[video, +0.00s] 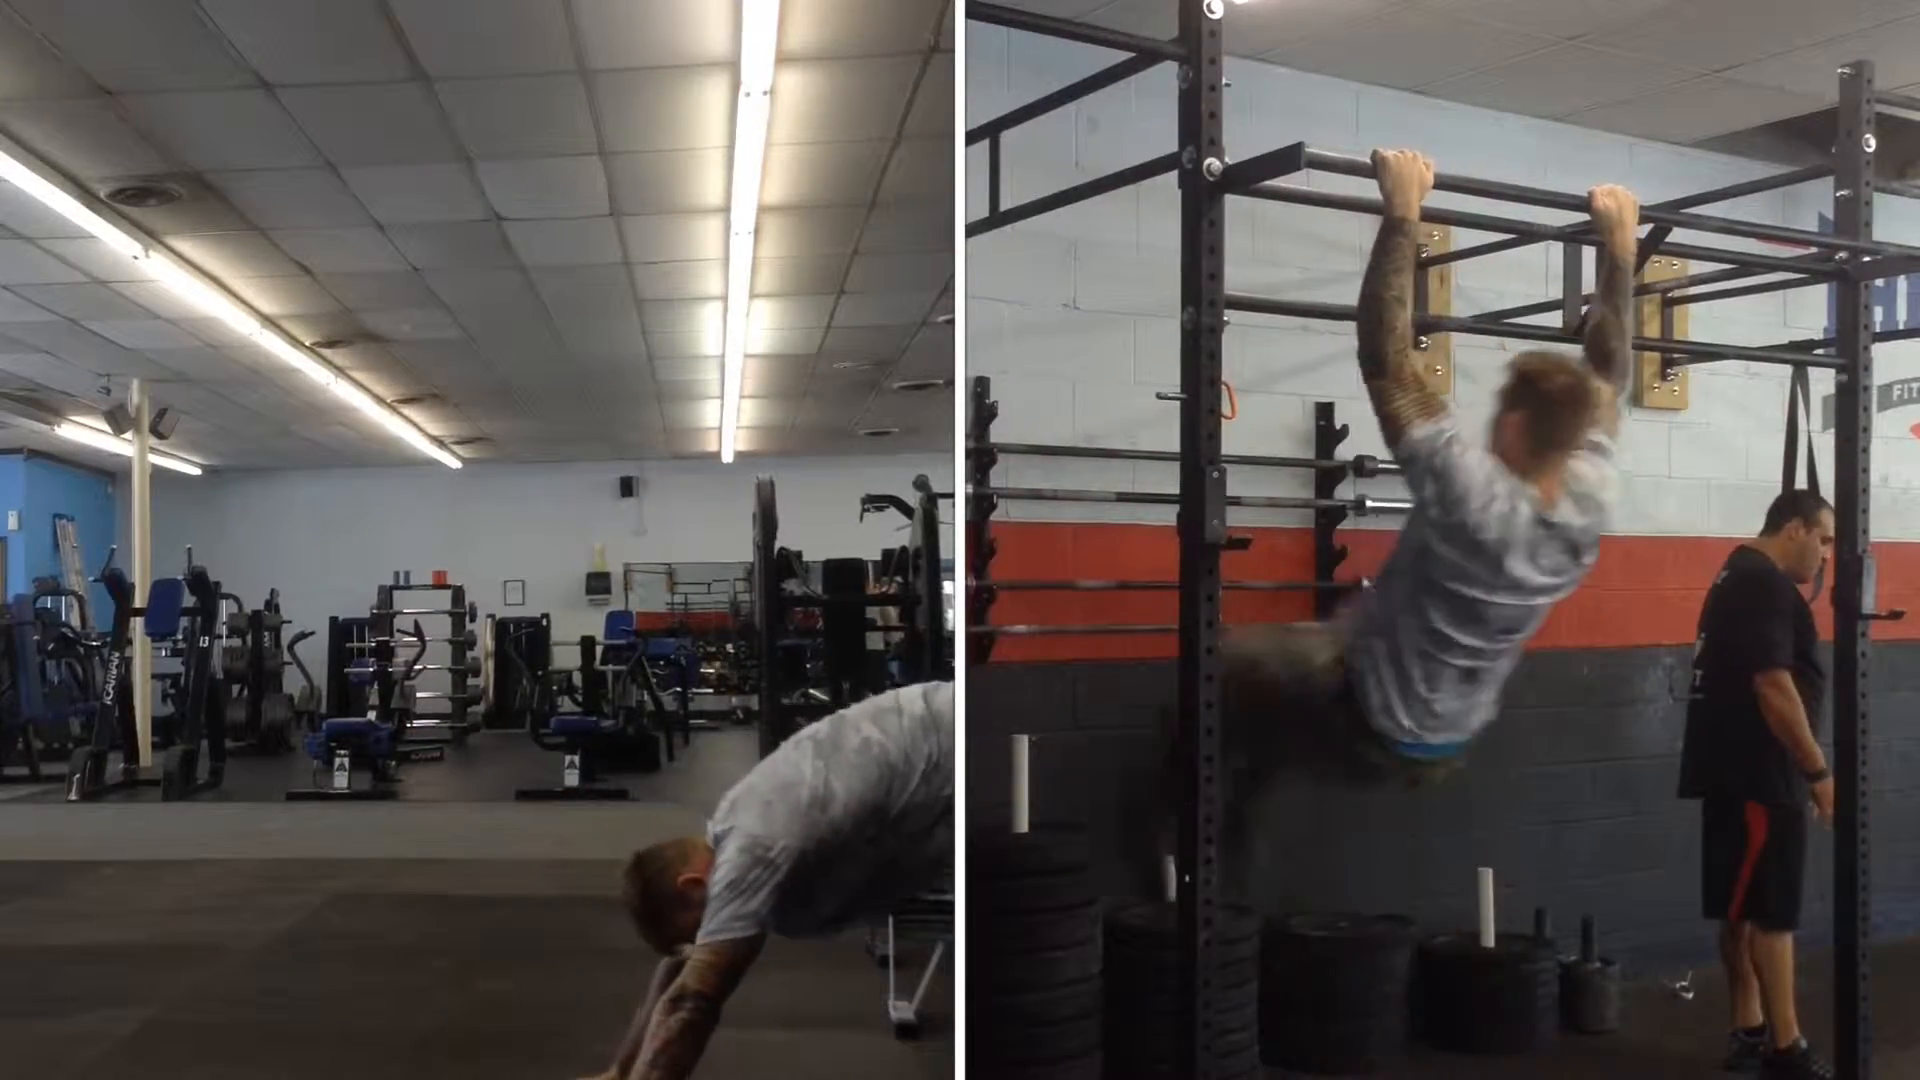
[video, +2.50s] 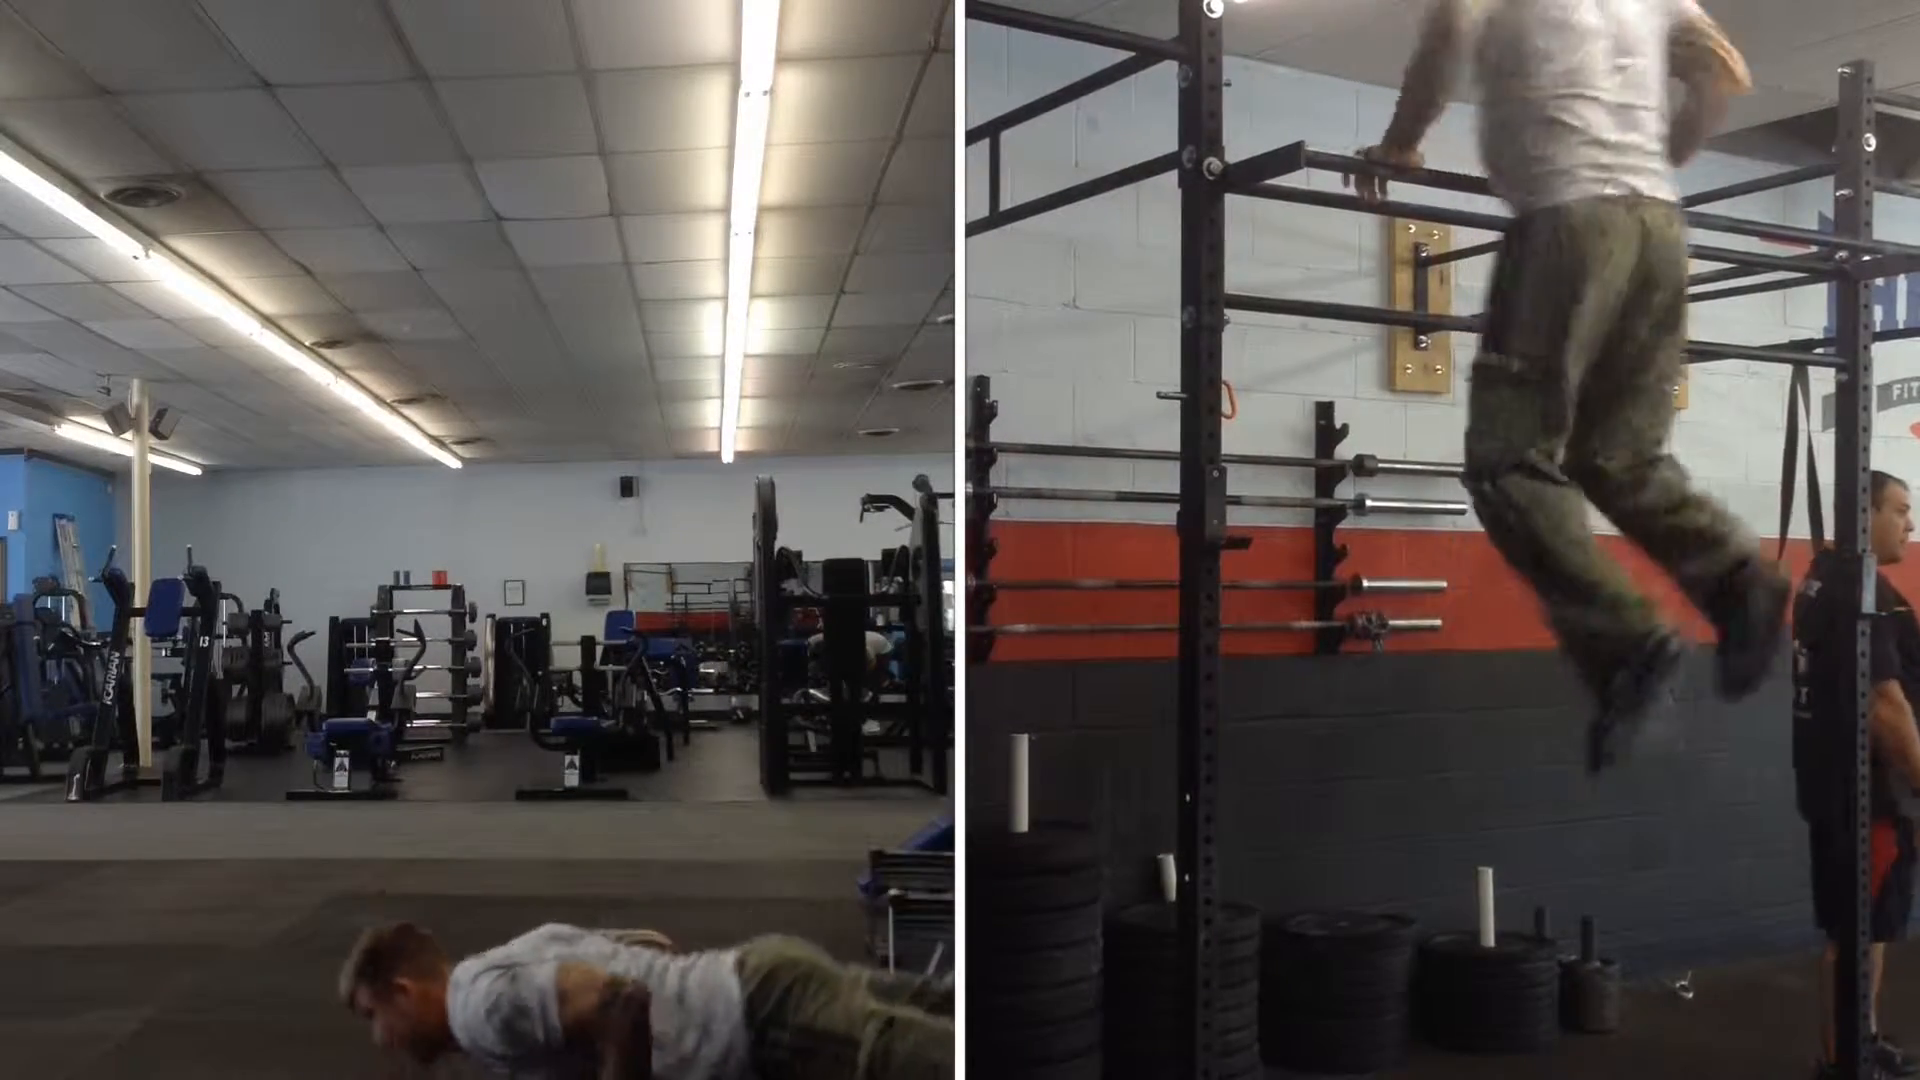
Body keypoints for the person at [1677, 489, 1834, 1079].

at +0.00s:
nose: (1825, 551)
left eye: (1829, 541)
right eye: (1822, 538)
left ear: (1783, 528)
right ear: (1793, 529)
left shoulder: (1739, 580)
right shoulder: (1764, 585)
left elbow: (1747, 684)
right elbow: (1771, 687)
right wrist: (1819, 771)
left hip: (1735, 771)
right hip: (1761, 776)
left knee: (1741, 911)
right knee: (1773, 916)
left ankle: (1749, 1032)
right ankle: (1787, 1045)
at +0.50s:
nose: (1828, 549)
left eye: (1830, 538)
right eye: (1825, 536)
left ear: (1786, 527)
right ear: (1796, 527)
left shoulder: (1742, 579)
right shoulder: (1764, 584)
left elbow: (1751, 686)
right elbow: (1771, 687)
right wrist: (1814, 772)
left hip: (1737, 770)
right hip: (1763, 774)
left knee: (1745, 910)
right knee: (1777, 915)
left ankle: (1749, 1034)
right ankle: (1786, 1049)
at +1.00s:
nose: (1841, 553)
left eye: (1843, 540)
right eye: (1839, 538)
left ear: (1802, 526)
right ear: (1810, 526)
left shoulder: (1760, 581)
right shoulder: (1781, 585)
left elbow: (1772, 690)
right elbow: (1786, 693)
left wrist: (1820, 769)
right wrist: (1835, 773)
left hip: (1750, 774)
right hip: (1784, 777)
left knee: (1749, 910)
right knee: (1811, 920)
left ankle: (1752, 1032)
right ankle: (1832, 1051)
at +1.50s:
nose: (1866, 535)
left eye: (1866, 522)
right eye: (1862, 522)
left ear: (1814, 514)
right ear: (1835, 517)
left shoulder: (1784, 577)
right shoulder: (1825, 586)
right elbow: (1849, 700)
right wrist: (1895, 787)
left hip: (1791, 771)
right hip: (1827, 778)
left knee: (1807, 910)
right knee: (1834, 919)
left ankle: (1769, 1017)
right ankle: (1840, 1054)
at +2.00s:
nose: (1902, 529)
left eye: (1902, 517)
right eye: (1893, 517)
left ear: (1850, 520)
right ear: (1856, 518)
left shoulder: (1811, 577)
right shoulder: (1848, 587)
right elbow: (1869, 703)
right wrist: (1914, 777)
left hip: (1808, 781)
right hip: (1842, 789)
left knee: (1830, 929)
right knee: (1848, 931)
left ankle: (1839, 1052)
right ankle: (1845, 1056)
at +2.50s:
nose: (1910, 524)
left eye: (1908, 511)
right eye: (1900, 511)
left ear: (1865, 519)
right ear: (1865, 517)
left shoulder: (1829, 579)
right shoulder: (1861, 589)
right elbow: (1882, 702)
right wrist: (1914, 775)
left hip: (1842, 781)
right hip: (1864, 790)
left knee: (1862, 922)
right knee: (1865, 925)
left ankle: (1854, 1041)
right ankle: (1852, 1048)